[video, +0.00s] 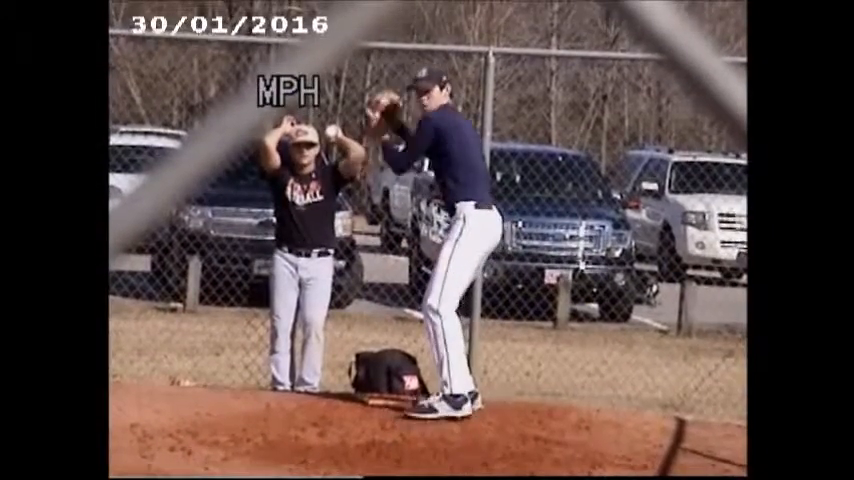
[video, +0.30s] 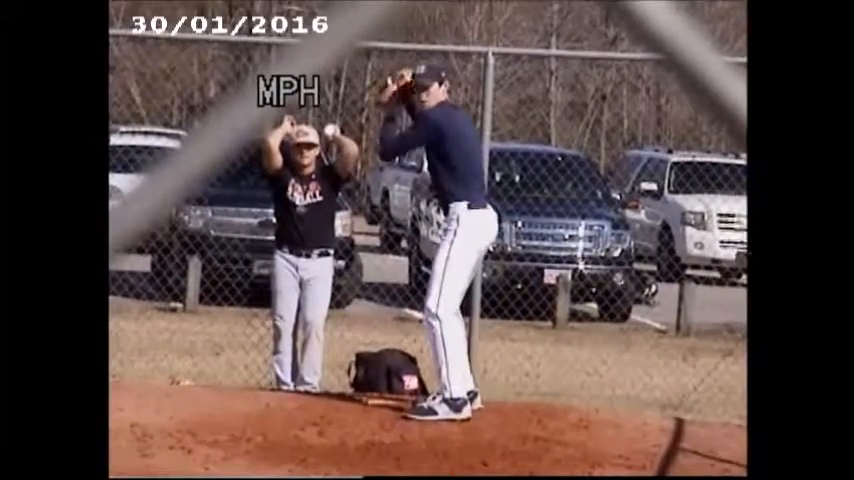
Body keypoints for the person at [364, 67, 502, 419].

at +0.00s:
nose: (422, 98)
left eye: (427, 92)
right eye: (419, 93)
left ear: (446, 90)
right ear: (424, 95)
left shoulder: (434, 121)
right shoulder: (456, 121)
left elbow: (400, 163)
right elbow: (415, 153)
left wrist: (381, 136)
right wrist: (395, 126)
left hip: (472, 219)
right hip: (482, 218)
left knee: (438, 305)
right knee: (440, 305)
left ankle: (456, 394)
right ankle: (462, 390)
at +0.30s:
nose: (418, 96)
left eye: (424, 89)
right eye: (416, 90)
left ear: (444, 88)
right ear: (438, 90)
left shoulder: (435, 120)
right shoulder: (457, 116)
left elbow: (389, 149)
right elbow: (424, 121)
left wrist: (388, 110)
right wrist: (406, 101)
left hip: (465, 218)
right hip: (479, 216)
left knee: (438, 308)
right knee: (446, 307)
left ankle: (454, 394)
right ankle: (463, 389)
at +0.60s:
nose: (416, 104)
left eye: (420, 97)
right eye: (412, 98)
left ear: (439, 90)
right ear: (435, 94)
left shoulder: (435, 122)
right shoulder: (457, 114)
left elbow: (395, 160)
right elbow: (422, 133)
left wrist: (390, 114)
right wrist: (403, 104)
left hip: (466, 217)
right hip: (477, 214)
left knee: (440, 306)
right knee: (445, 305)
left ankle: (455, 393)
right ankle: (462, 387)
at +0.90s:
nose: (417, 106)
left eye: (421, 98)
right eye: (415, 100)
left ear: (439, 92)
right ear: (434, 97)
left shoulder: (438, 123)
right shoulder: (457, 118)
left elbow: (409, 173)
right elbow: (419, 164)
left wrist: (392, 137)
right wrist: (404, 130)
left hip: (467, 219)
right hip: (477, 216)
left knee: (440, 307)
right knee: (440, 307)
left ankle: (455, 394)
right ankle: (461, 389)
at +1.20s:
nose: (420, 96)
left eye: (426, 89)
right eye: (418, 90)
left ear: (445, 88)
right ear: (438, 91)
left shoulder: (439, 120)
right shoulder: (457, 116)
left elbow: (409, 169)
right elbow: (417, 160)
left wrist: (392, 133)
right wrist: (401, 129)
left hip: (469, 217)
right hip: (480, 214)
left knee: (443, 307)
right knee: (448, 307)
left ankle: (455, 395)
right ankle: (462, 388)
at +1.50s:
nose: (420, 97)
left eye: (426, 91)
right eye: (418, 92)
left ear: (446, 89)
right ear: (440, 93)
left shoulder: (439, 121)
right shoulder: (458, 117)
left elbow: (409, 169)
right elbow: (419, 160)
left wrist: (392, 134)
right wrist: (402, 129)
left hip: (470, 218)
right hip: (481, 215)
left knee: (443, 308)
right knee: (448, 307)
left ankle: (455, 396)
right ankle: (462, 389)